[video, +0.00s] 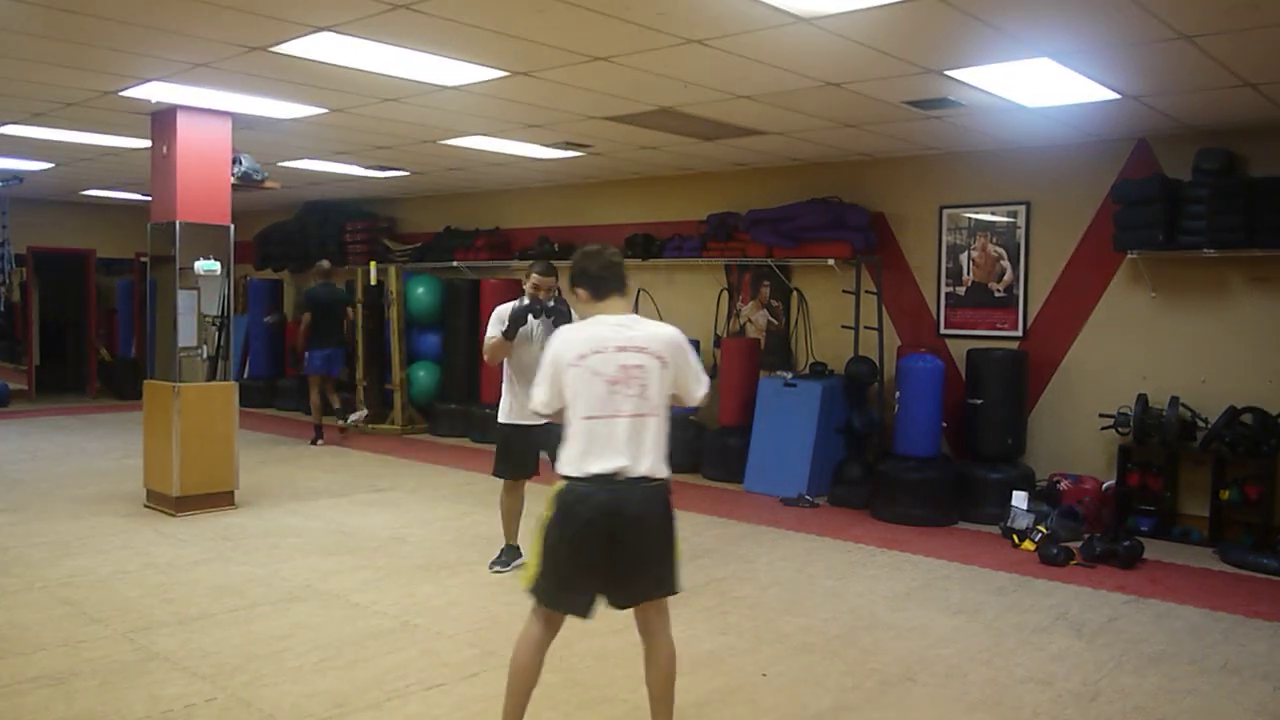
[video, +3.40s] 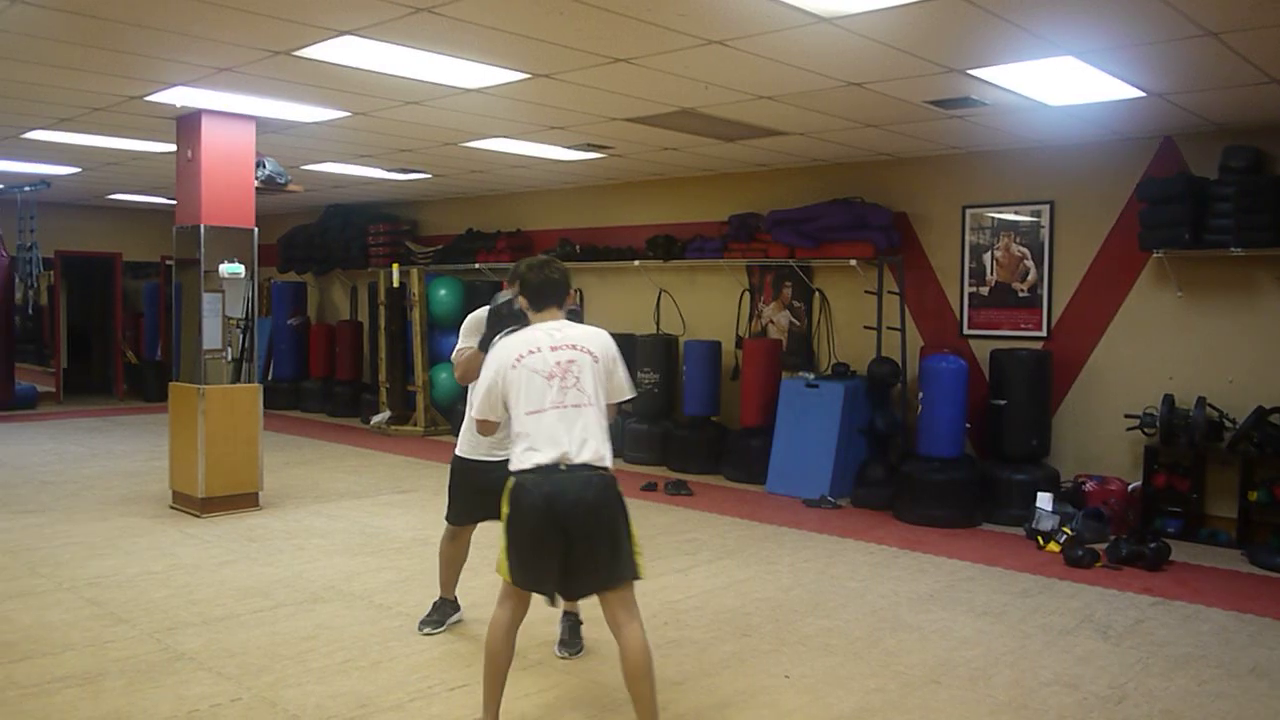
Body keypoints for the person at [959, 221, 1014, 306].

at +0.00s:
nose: (983, 241)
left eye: (985, 237)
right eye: (979, 237)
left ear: (990, 237)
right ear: (975, 237)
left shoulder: (998, 252)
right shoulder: (971, 253)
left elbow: (1009, 272)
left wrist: (1000, 286)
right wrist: (966, 279)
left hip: (992, 288)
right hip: (975, 287)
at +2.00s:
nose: (983, 241)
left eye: (985, 237)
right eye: (979, 237)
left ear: (990, 237)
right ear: (975, 237)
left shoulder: (998, 252)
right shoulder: (971, 253)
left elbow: (1009, 272)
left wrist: (1000, 286)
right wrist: (966, 279)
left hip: (992, 288)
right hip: (975, 287)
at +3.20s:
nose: (987, 242)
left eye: (990, 238)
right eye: (983, 238)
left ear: (995, 238)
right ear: (979, 238)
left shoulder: (1003, 254)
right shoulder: (975, 254)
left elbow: (1014, 273)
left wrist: (1005, 287)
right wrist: (971, 280)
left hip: (995, 289)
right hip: (979, 288)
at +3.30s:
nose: (995, 240)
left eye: (999, 236)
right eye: (992, 236)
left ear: (1004, 237)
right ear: (988, 237)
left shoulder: (1012, 252)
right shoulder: (985, 251)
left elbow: (1023, 272)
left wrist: (1015, 286)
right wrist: (979, 278)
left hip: (1004, 288)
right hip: (988, 287)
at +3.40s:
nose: (1006, 240)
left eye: (1009, 236)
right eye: (1003, 236)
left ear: (1014, 237)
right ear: (999, 237)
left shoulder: (1022, 252)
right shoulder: (994, 253)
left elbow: (1033, 272)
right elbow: (991, 269)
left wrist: (1025, 286)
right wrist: (990, 279)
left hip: (1014, 287)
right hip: (998, 286)